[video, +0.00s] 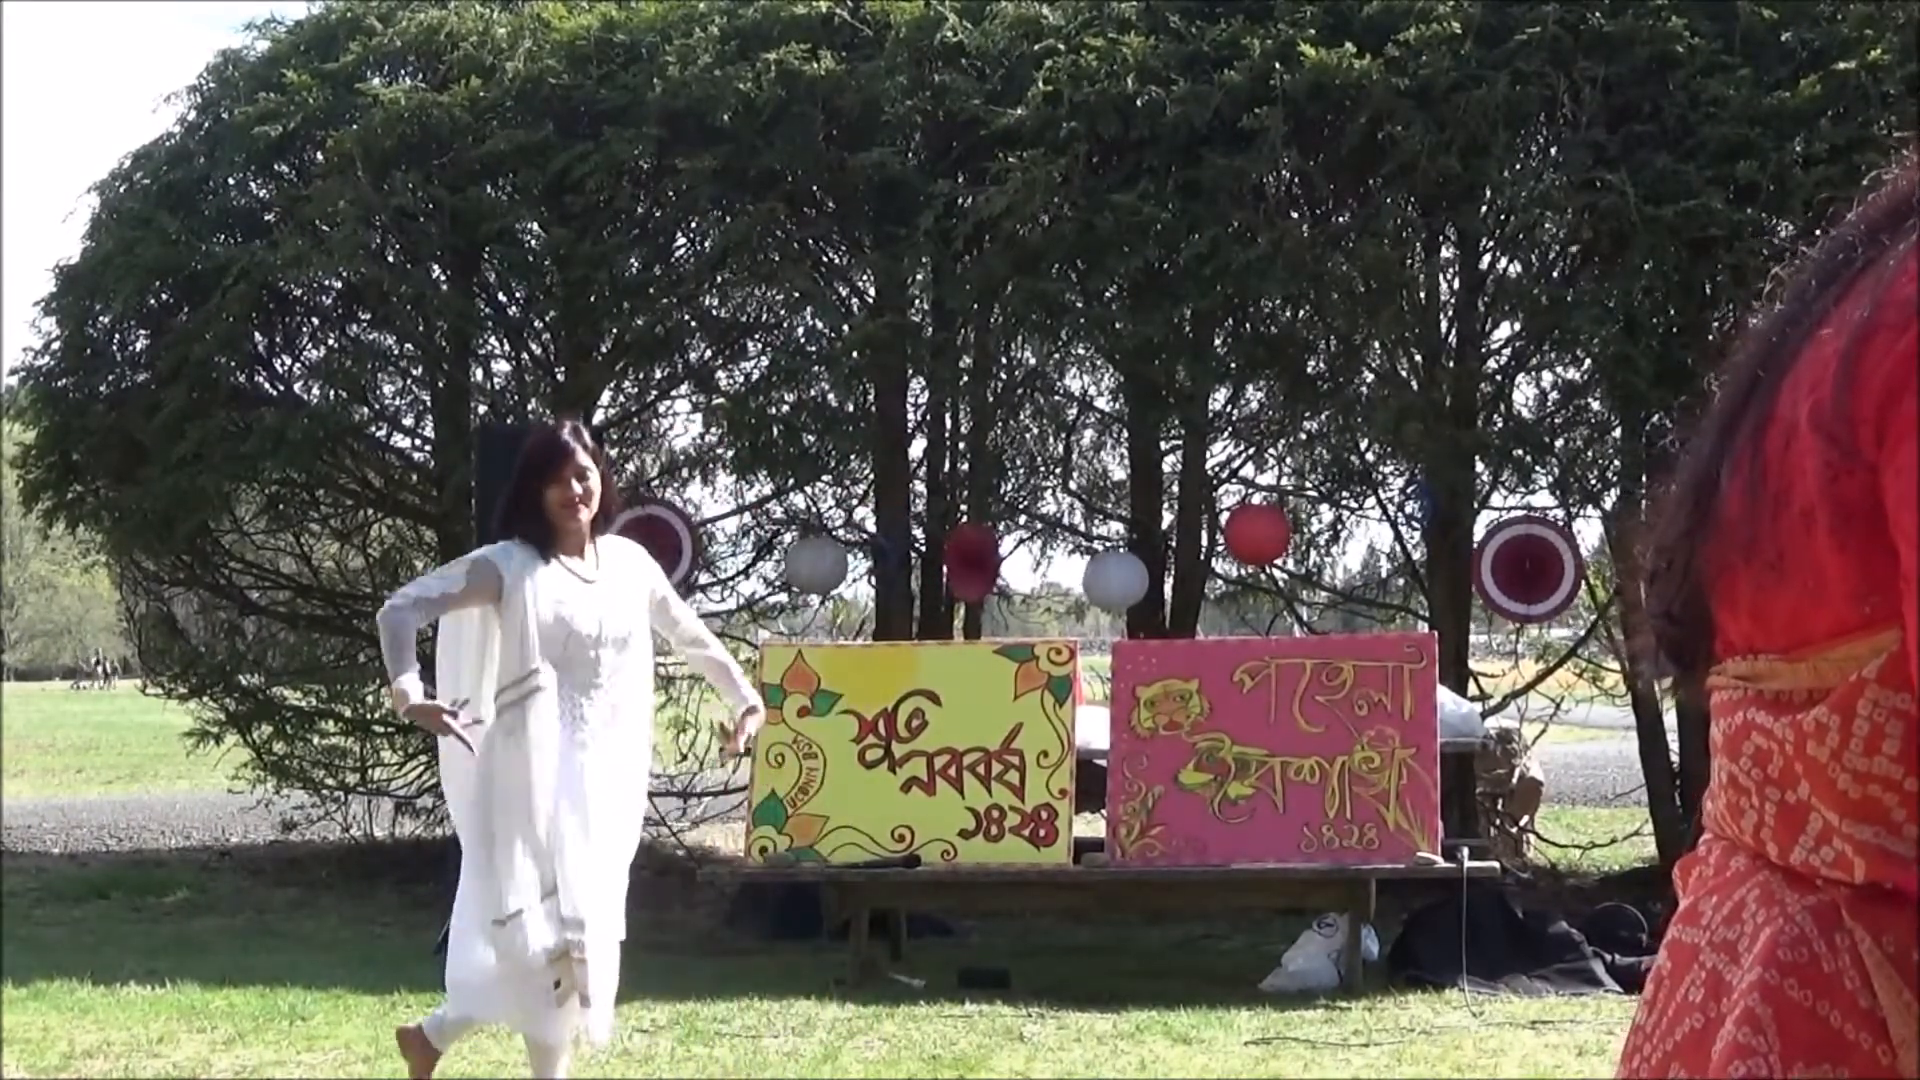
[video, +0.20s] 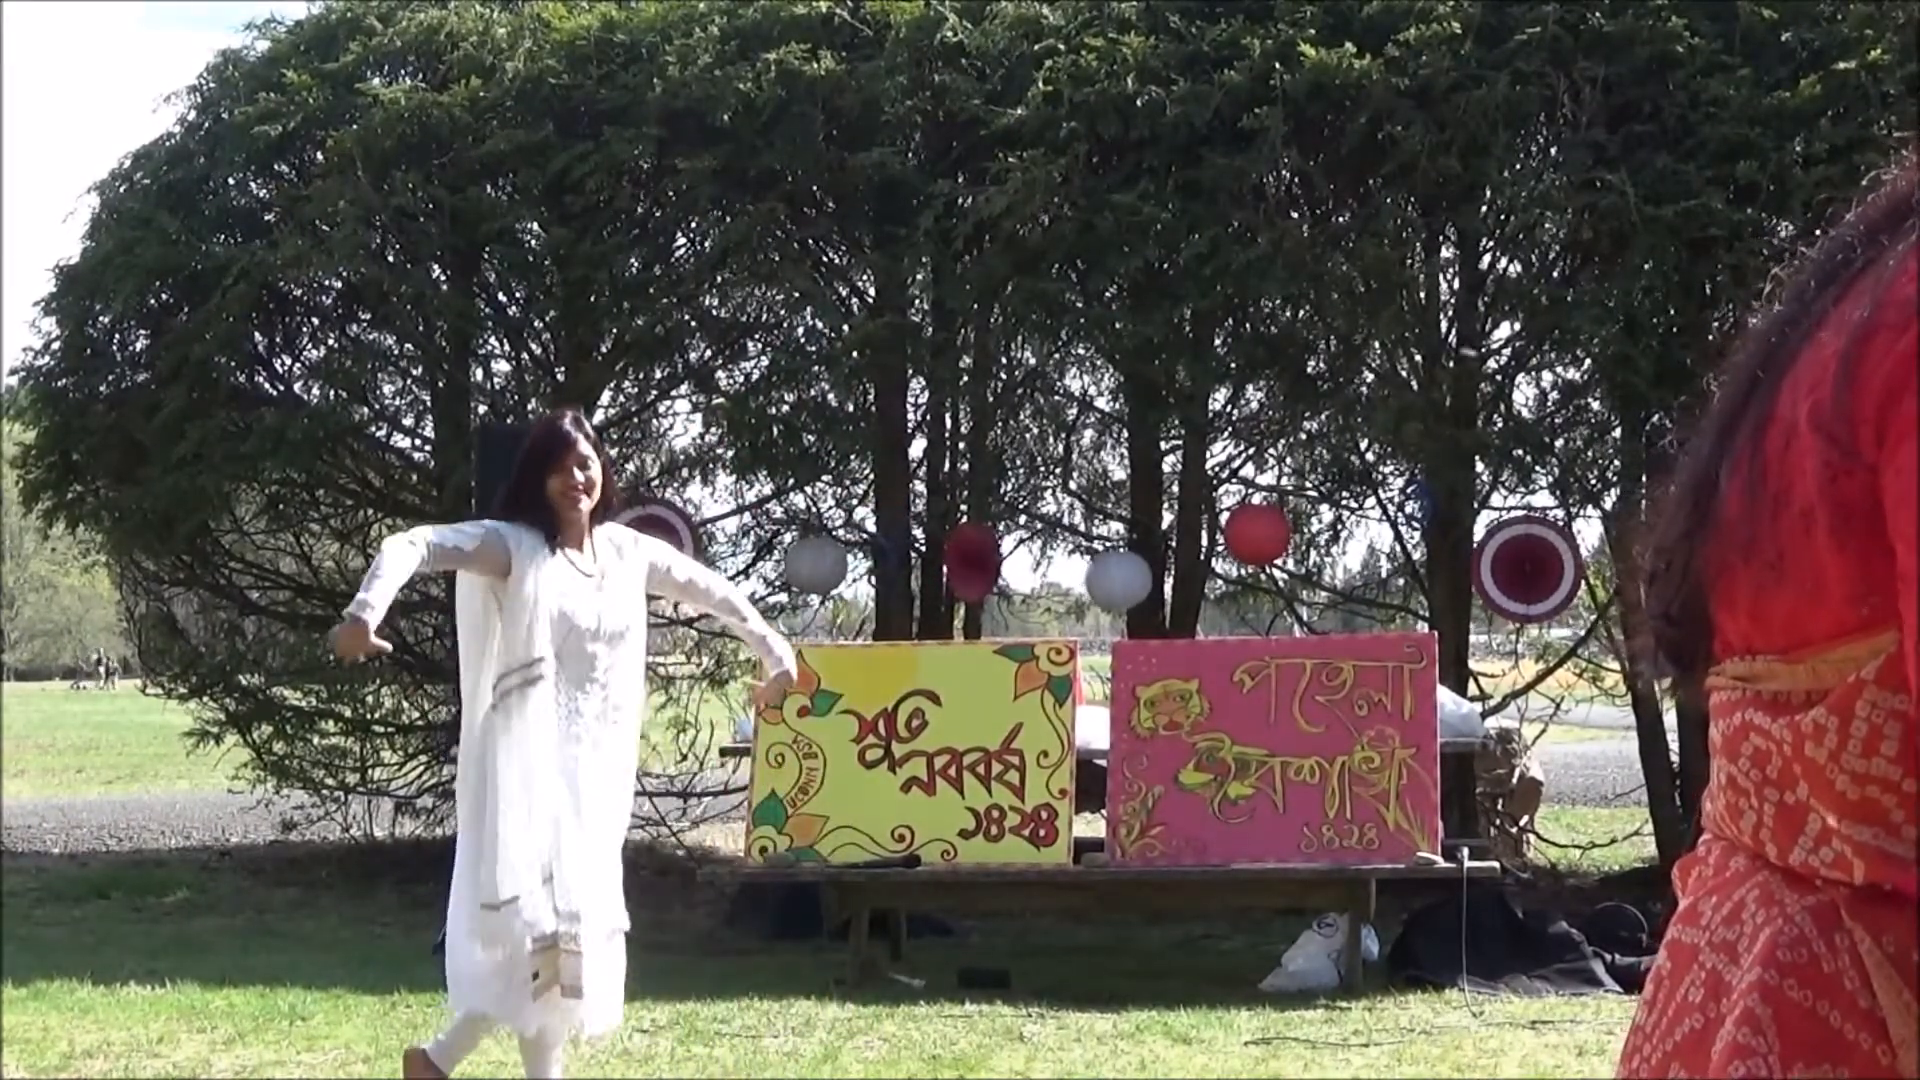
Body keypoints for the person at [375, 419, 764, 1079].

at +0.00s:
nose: (576, 489)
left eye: (585, 476)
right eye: (560, 479)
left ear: (602, 482)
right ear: (536, 491)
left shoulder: (631, 561)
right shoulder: (508, 565)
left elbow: (692, 638)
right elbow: (399, 610)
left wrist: (750, 699)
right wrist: (408, 695)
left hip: (608, 771)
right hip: (533, 768)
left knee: (575, 936)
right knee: (553, 937)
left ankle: (432, 1034)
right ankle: (549, 1071)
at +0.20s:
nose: (578, 477)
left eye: (587, 464)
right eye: (563, 466)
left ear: (603, 472)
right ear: (539, 479)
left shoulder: (631, 550)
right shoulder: (511, 546)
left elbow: (712, 591)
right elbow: (410, 546)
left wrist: (774, 651)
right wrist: (364, 613)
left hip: (595, 769)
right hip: (524, 765)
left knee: (549, 931)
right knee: (551, 932)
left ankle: (438, 1057)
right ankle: (545, 1072)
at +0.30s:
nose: (578, 478)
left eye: (586, 464)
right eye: (563, 467)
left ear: (600, 471)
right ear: (536, 477)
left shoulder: (624, 549)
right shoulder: (514, 541)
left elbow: (713, 589)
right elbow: (445, 527)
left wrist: (786, 642)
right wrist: (389, 563)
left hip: (592, 772)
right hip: (522, 769)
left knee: (562, 938)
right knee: (547, 937)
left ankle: (443, 1061)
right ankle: (544, 1070)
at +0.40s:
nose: (571, 476)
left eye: (580, 463)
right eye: (556, 464)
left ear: (596, 472)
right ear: (531, 475)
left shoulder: (614, 550)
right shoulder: (513, 540)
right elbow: (492, 526)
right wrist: (443, 511)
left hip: (587, 776)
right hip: (516, 773)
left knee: (565, 941)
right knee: (537, 939)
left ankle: (444, 1061)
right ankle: (546, 1072)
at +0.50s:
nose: (564, 478)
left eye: (576, 465)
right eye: (552, 465)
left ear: (591, 476)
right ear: (527, 474)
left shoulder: (606, 554)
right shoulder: (508, 546)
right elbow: (492, 510)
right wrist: (520, 473)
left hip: (584, 782)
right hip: (514, 781)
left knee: (563, 943)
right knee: (542, 942)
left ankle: (438, 1060)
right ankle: (544, 1073)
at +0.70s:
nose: (559, 485)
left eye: (569, 471)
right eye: (542, 471)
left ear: (582, 485)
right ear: (509, 483)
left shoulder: (598, 562)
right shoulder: (496, 560)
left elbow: (692, 618)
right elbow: (528, 483)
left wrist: (709, 667)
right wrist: (609, 434)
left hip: (581, 786)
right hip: (509, 786)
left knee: (554, 950)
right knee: (541, 951)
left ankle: (428, 1061)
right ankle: (546, 1072)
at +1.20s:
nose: (543, 509)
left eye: (552, 494)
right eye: (528, 496)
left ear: (566, 502)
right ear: (502, 508)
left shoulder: (591, 579)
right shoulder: (490, 583)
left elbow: (677, 650)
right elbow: (469, 517)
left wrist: (625, 682)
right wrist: (552, 464)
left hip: (583, 784)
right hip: (516, 783)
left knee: (551, 959)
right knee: (541, 954)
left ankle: (403, 1070)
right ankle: (550, 1072)